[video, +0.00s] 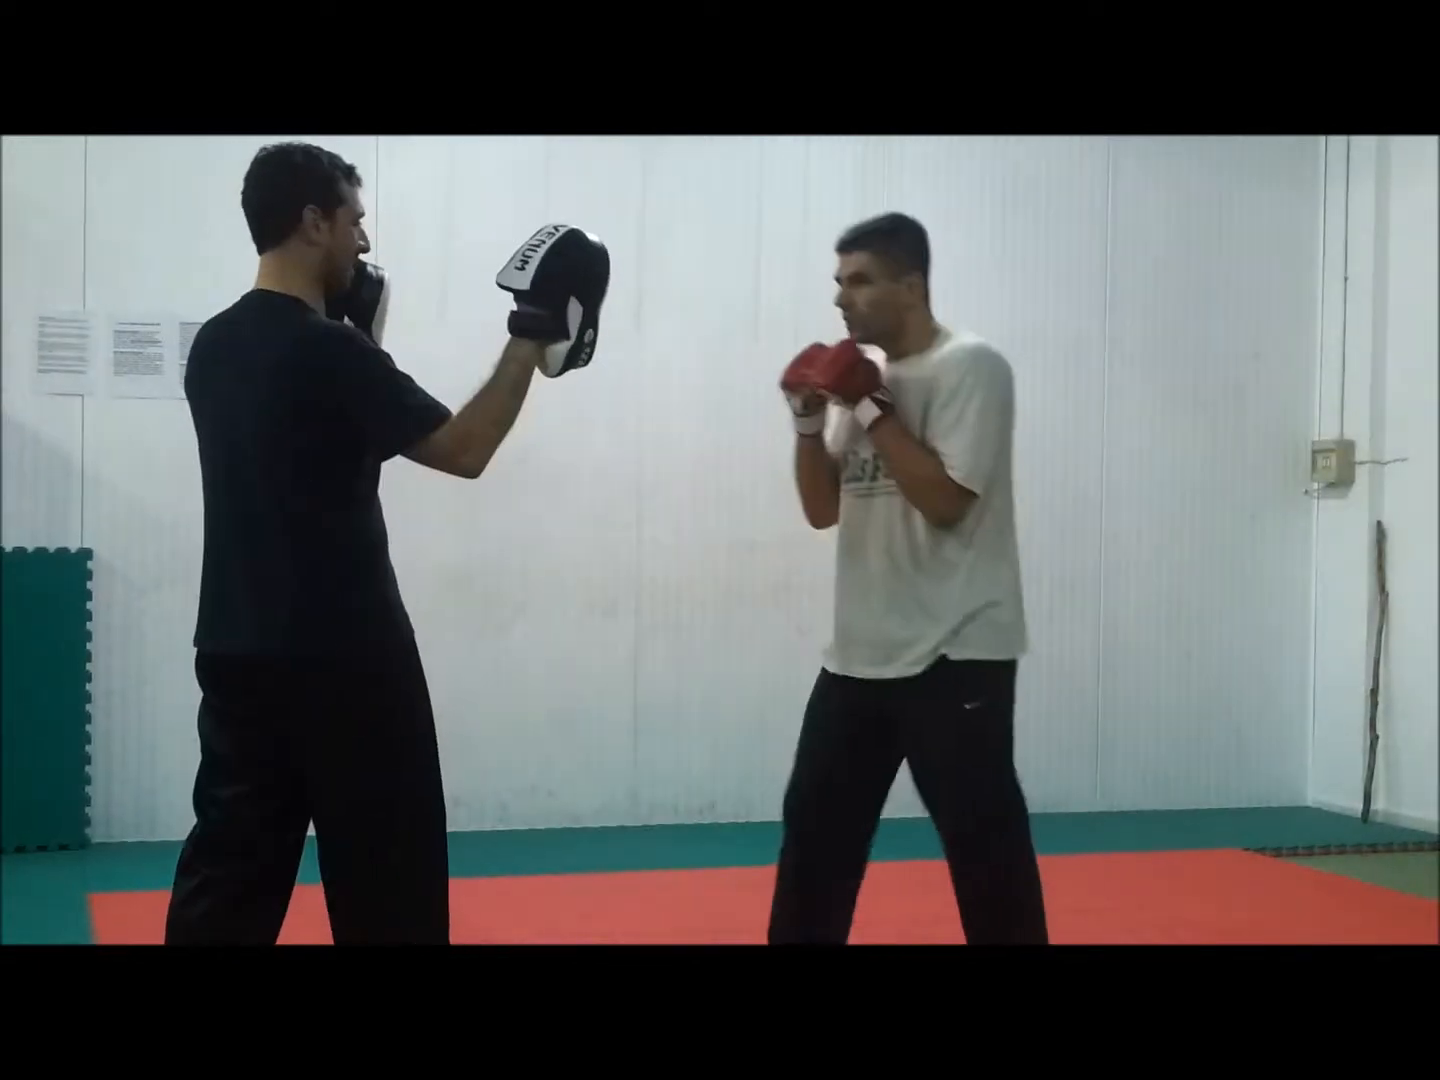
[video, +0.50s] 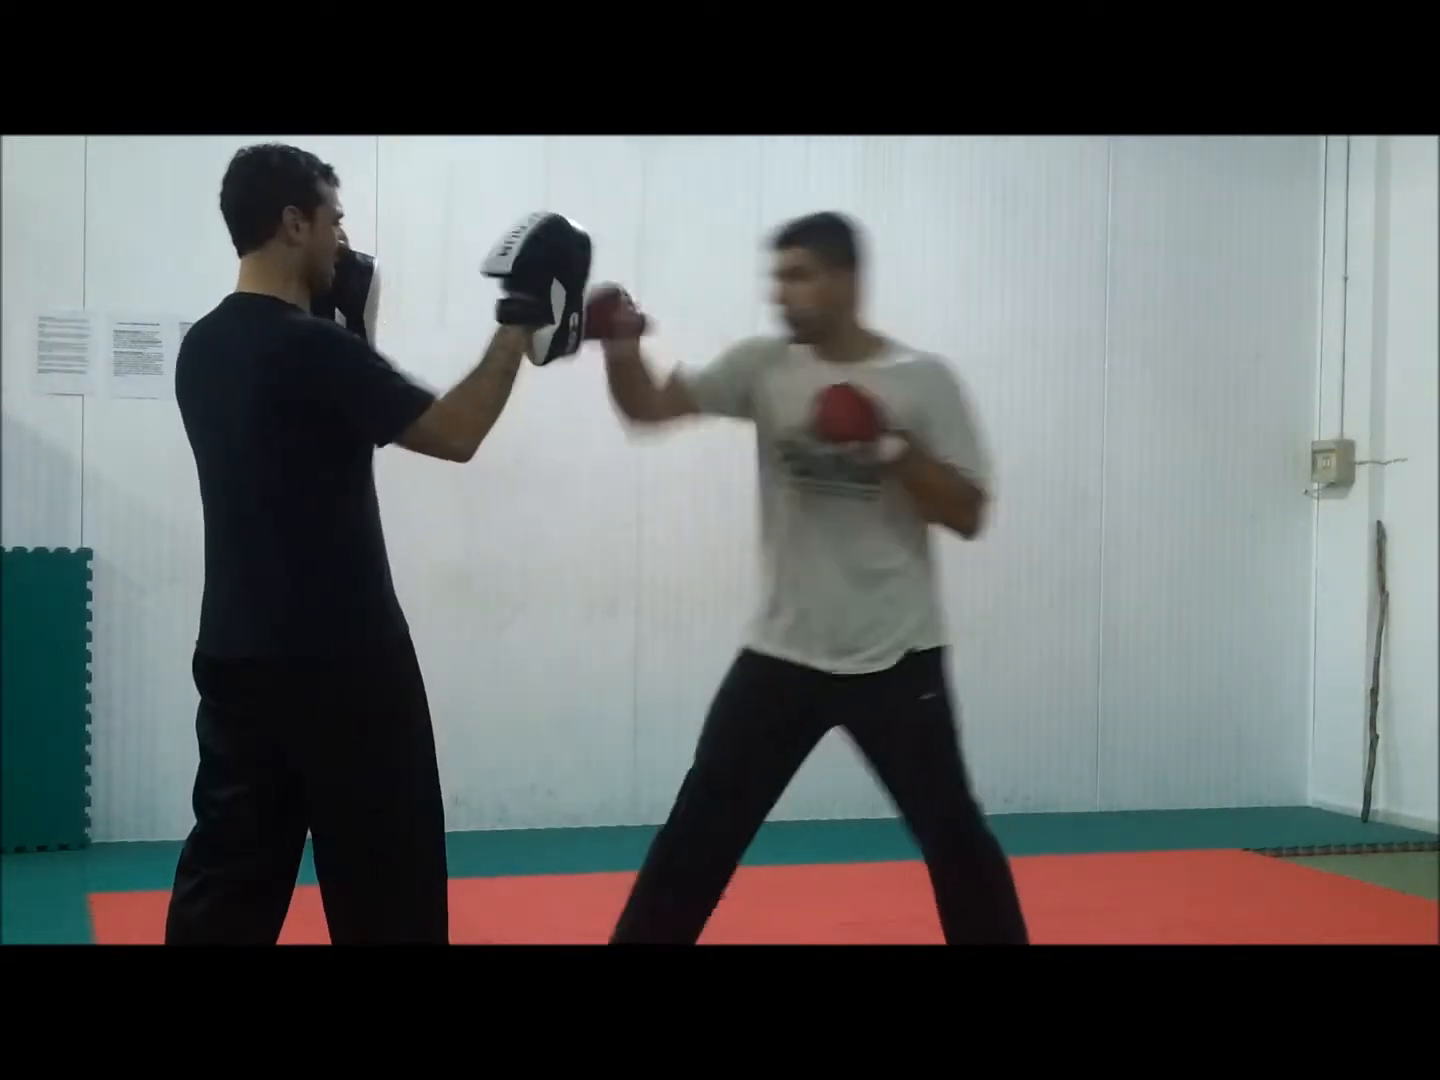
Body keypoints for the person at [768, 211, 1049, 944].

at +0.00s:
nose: (840, 299)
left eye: (855, 282)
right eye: (838, 283)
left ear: (911, 284)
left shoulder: (976, 368)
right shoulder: (859, 383)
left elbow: (947, 501)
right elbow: (823, 511)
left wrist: (870, 406)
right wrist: (806, 421)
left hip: (958, 658)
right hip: (860, 658)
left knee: (991, 865)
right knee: (814, 853)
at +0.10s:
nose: (855, 314)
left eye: (870, 296)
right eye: (853, 298)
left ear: (925, 298)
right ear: (903, 303)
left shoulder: (990, 384)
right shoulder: (871, 394)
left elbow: (966, 516)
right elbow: (838, 523)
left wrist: (893, 423)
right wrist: (828, 441)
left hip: (968, 663)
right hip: (866, 658)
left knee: (995, 853)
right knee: (797, 817)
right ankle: (793, 950)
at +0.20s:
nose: (859, 312)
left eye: (876, 296)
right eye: (858, 296)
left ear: (932, 302)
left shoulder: (995, 391)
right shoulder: (873, 401)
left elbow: (990, 529)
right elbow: (841, 528)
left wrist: (907, 440)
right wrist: (829, 450)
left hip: (962, 663)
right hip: (862, 653)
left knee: (991, 851)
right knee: (778, 800)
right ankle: (788, 946)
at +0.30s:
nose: (854, 297)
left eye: (872, 282)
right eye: (852, 281)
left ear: (927, 290)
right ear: (857, 285)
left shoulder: (988, 387)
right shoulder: (845, 377)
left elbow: (1005, 529)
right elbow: (791, 497)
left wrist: (918, 442)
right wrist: (797, 428)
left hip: (944, 658)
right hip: (837, 643)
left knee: (983, 846)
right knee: (739, 781)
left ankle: (1019, 944)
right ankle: (737, 940)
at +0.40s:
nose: (838, 288)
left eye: (857, 273)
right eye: (835, 274)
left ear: (910, 279)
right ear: (835, 279)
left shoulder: (974, 380)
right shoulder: (812, 364)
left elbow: (998, 520)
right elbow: (719, 447)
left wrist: (916, 438)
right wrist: (725, 383)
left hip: (927, 654)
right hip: (812, 642)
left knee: (974, 841)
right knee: (717, 806)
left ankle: (1014, 948)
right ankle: (685, 940)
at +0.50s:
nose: (780, 292)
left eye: (797, 277)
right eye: (777, 278)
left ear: (848, 279)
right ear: (779, 283)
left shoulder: (921, 380)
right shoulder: (763, 365)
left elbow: (968, 513)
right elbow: (647, 407)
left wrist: (890, 447)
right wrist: (620, 345)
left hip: (895, 659)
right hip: (785, 654)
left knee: (958, 845)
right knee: (694, 842)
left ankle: (1001, 949)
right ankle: (636, 949)